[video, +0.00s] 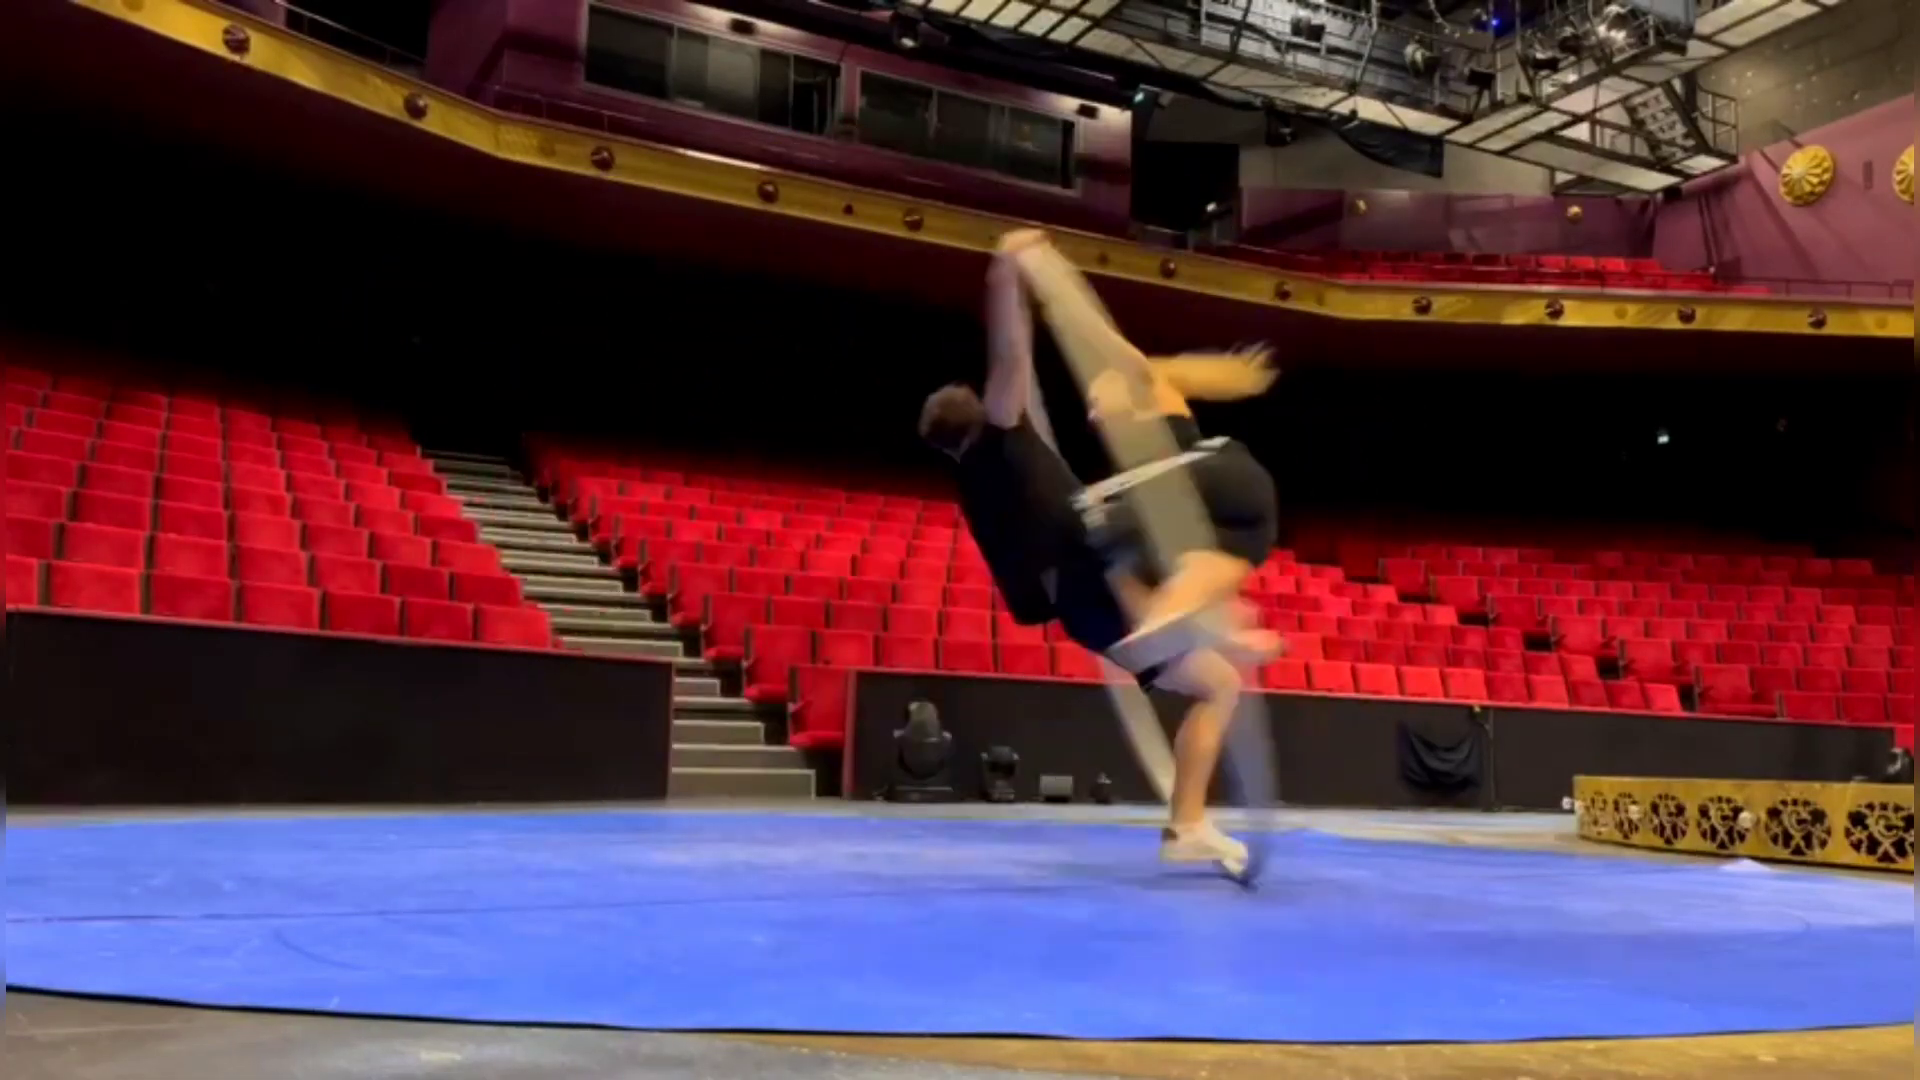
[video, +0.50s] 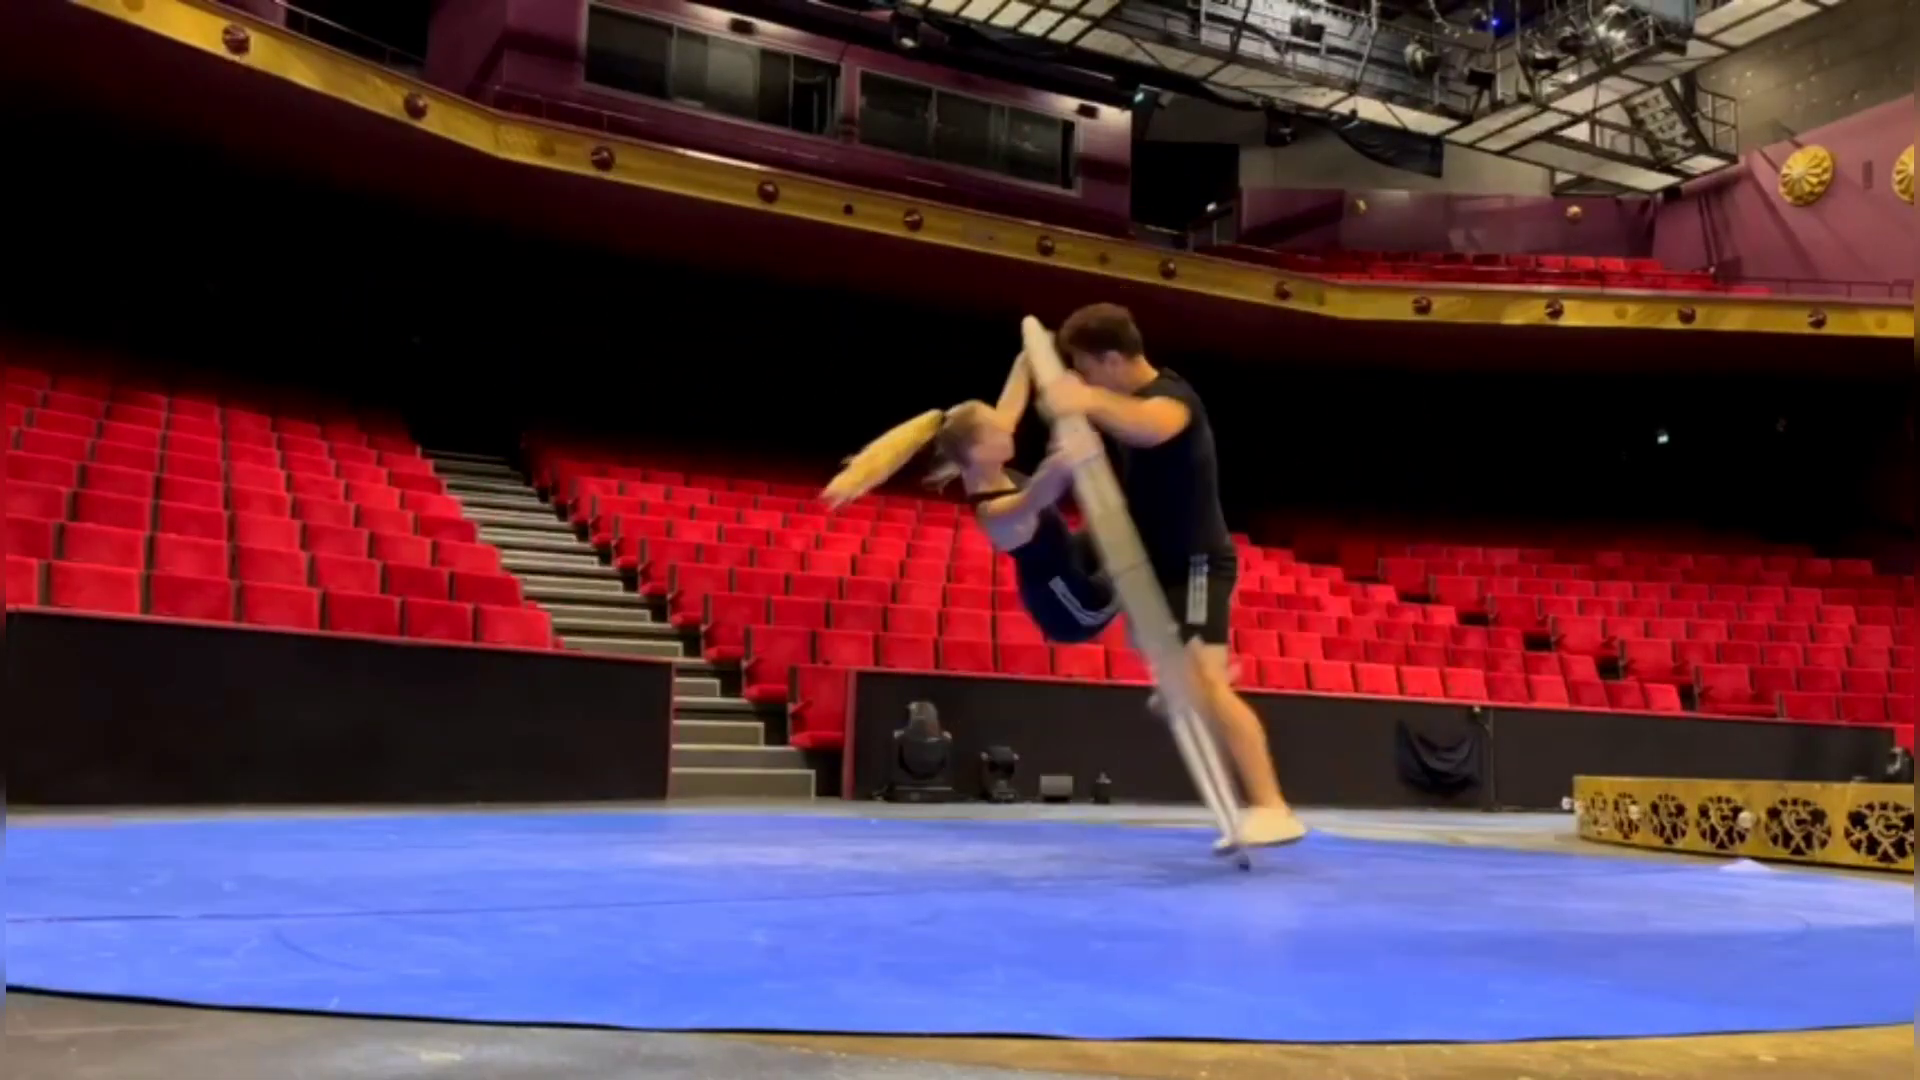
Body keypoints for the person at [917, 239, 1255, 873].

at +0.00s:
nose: (980, 399)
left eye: (964, 399)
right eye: (971, 398)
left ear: (943, 445)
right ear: (973, 413)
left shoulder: (978, 493)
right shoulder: (997, 436)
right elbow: (1010, 348)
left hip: (1078, 610)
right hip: (1098, 569)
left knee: (1218, 684)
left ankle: (1188, 824)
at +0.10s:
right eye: (970, 410)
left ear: (934, 452)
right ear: (975, 415)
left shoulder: (955, 512)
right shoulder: (1025, 421)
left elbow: (947, 561)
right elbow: (1075, 335)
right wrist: (1109, 247)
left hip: (1106, 601)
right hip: (1140, 551)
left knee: (1193, 706)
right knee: (1259, 561)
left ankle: (1193, 833)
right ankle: (1319, 553)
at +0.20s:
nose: (946, 444)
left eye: (945, 433)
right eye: (946, 430)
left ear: (959, 430)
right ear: (995, 400)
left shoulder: (981, 489)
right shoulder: (1063, 401)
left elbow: (933, 547)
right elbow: (1126, 326)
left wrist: (883, 540)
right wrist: (1167, 252)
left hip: (1144, 592)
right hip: (1196, 542)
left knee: (1182, 715)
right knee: (1314, 549)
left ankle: (1226, 832)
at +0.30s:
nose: (994, 419)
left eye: (992, 409)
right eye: (989, 409)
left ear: (1010, 403)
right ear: (1038, 382)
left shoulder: (1033, 468)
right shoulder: (1100, 383)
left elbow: (968, 521)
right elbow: (1154, 332)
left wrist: (889, 509)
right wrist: (1185, 279)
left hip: (1173, 583)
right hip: (1214, 533)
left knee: (1173, 712)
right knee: (1300, 565)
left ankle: (1245, 826)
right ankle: (1417, 549)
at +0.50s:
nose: (1085, 380)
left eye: (1086, 369)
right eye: (1081, 371)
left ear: (1111, 359)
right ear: (1112, 358)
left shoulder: (1173, 394)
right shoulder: (1123, 402)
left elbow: (1157, 425)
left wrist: (1088, 400)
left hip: (1200, 559)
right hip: (1157, 562)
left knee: (1208, 682)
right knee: (1183, 685)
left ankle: (1272, 806)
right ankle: (1247, 809)